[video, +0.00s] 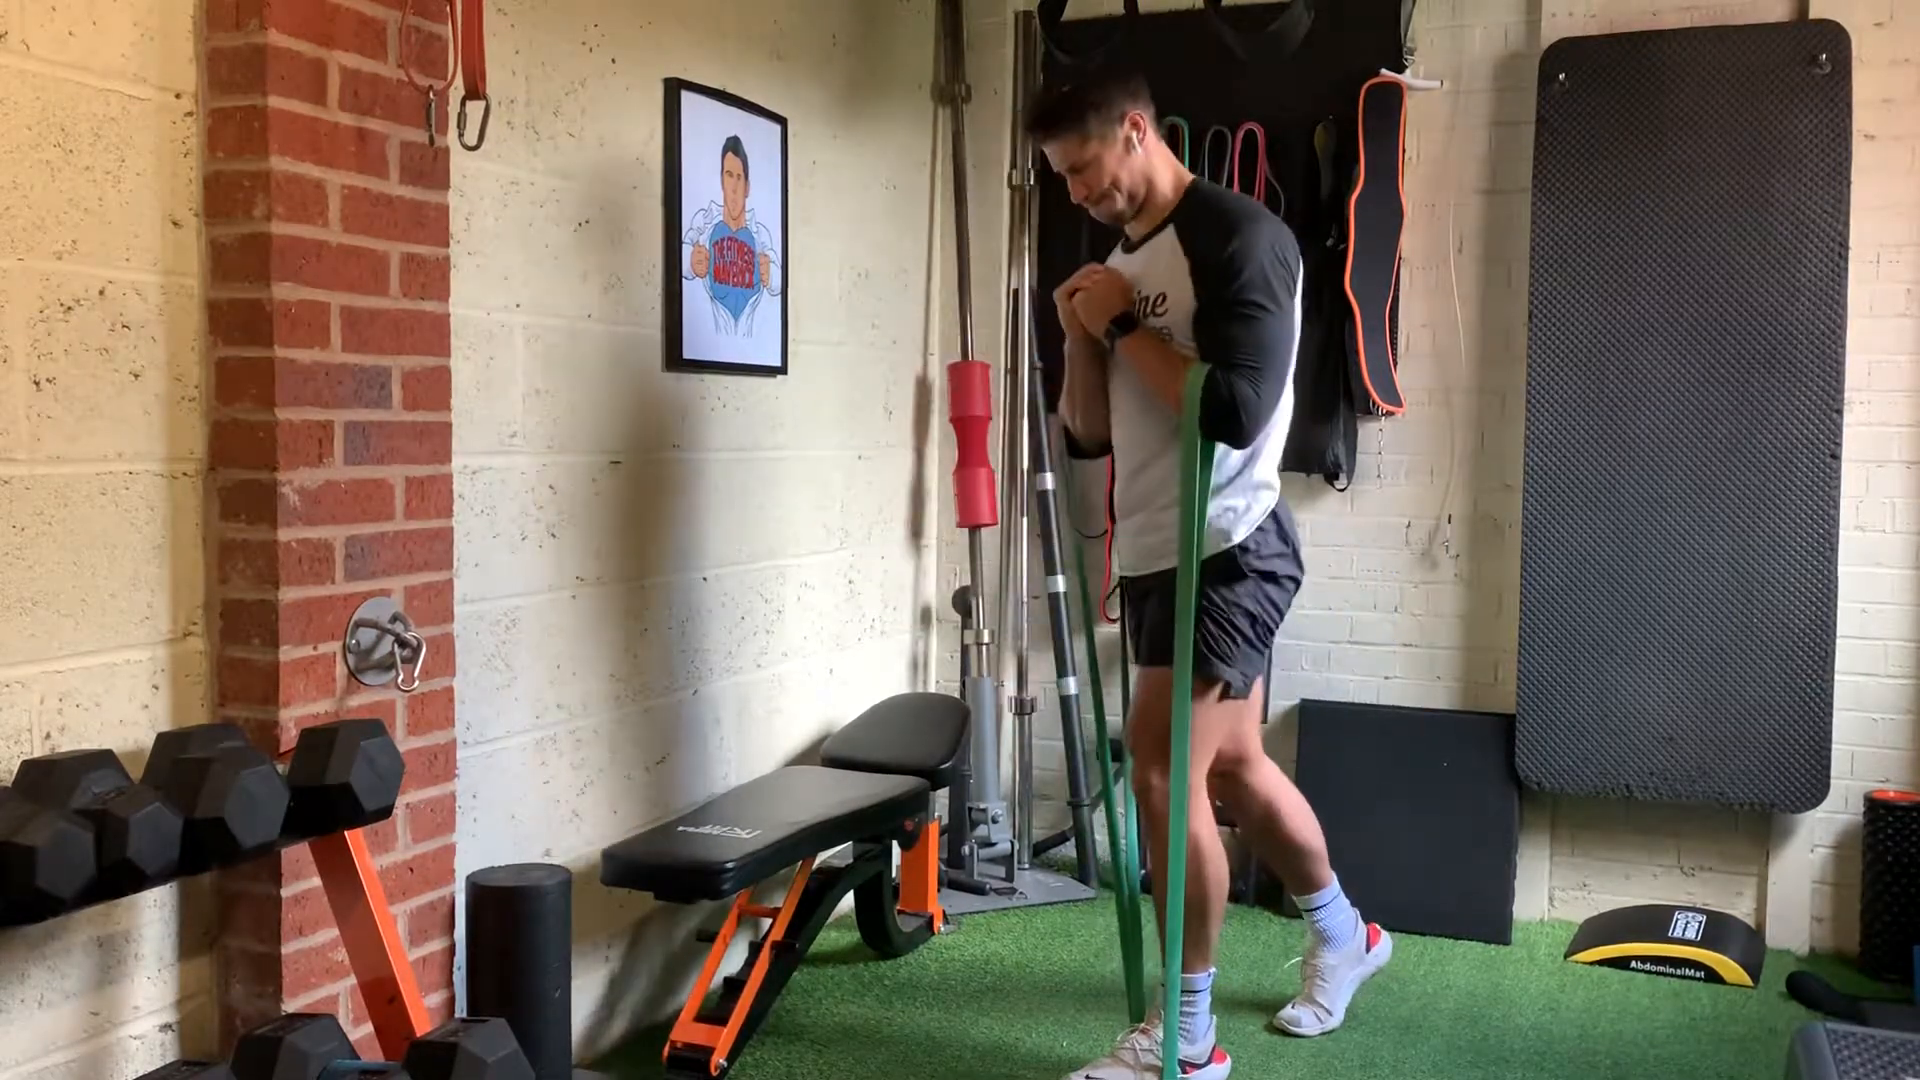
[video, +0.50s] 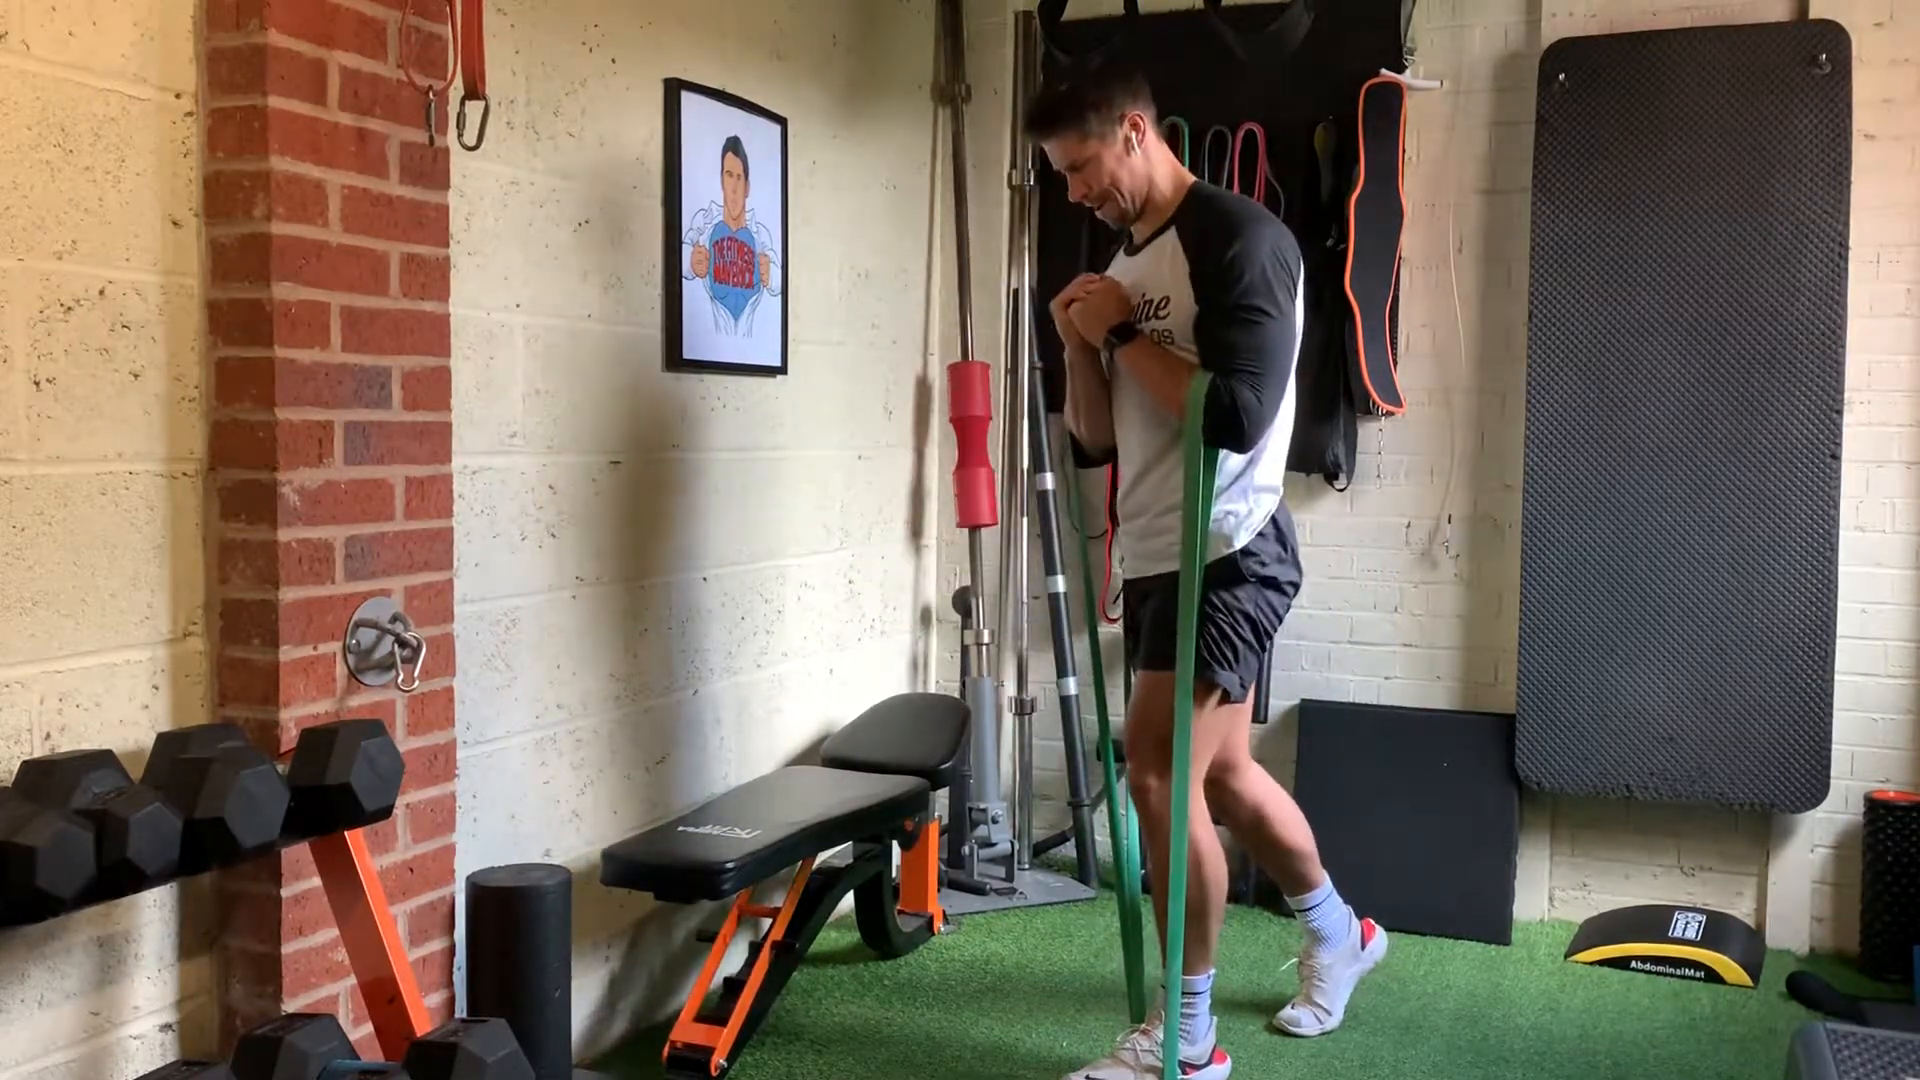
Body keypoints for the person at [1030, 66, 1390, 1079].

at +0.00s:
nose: (1083, 196)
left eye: (1093, 170)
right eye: (1067, 179)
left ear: (1143, 133)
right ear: (1063, 169)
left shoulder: (1244, 237)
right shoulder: (1106, 257)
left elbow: (1241, 411)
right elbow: (1088, 434)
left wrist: (1119, 327)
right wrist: (1085, 335)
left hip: (1231, 546)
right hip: (1153, 555)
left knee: (1162, 769)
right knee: (1236, 769)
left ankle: (1188, 1035)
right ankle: (1346, 936)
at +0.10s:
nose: (1087, 193)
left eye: (1097, 168)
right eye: (1072, 176)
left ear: (1149, 132)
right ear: (1068, 164)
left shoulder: (1250, 240)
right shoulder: (1113, 257)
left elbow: (1243, 411)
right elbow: (1090, 434)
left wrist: (1122, 327)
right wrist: (1087, 333)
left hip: (1231, 545)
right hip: (1152, 553)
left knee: (1160, 768)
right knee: (1232, 768)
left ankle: (1187, 1037)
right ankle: (1343, 936)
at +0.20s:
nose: (1087, 196)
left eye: (1096, 169)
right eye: (1072, 178)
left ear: (1146, 132)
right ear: (1069, 168)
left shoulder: (1252, 239)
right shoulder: (1113, 256)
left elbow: (1243, 410)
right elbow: (1090, 434)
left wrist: (1123, 327)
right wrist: (1087, 336)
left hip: (1230, 545)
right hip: (1152, 553)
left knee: (1162, 769)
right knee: (1231, 771)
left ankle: (1188, 1034)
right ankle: (1340, 933)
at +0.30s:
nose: (1081, 192)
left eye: (1090, 166)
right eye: (1068, 174)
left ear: (1145, 134)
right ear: (1081, 161)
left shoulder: (1250, 239)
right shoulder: (1116, 258)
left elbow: (1245, 412)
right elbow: (1093, 434)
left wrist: (1124, 331)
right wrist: (1086, 340)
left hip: (1228, 547)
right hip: (1154, 552)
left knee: (1162, 770)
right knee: (1229, 772)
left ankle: (1189, 1033)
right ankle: (1341, 934)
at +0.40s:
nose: (1081, 195)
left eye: (1089, 169)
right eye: (1067, 177)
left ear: (1143, 136)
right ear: (1082, 163)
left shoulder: (1248, 242)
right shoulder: (1120, 260)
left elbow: (1240, 417)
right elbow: (1096, 434)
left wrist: (1122, 334)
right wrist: (1085, 347)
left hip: (1227, 549)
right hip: (1153, 553)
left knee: (1157, 770)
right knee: (1226, 772)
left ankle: (1188, 1034)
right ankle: (1341, 934)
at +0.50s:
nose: (1077, 193)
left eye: (1085, 166)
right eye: (1064, 175)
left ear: (1140, 133)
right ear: (1084, 161)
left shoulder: (1247, 242)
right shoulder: (1117, 261)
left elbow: (1239, 417)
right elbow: (1095, 436)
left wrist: (1119, 334)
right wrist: (1084, 349)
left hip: (1230, 549)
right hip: (1152, 555)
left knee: (1158, 764)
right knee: (1227, 774)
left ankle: (1188, 1034)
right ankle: (1340, 934)